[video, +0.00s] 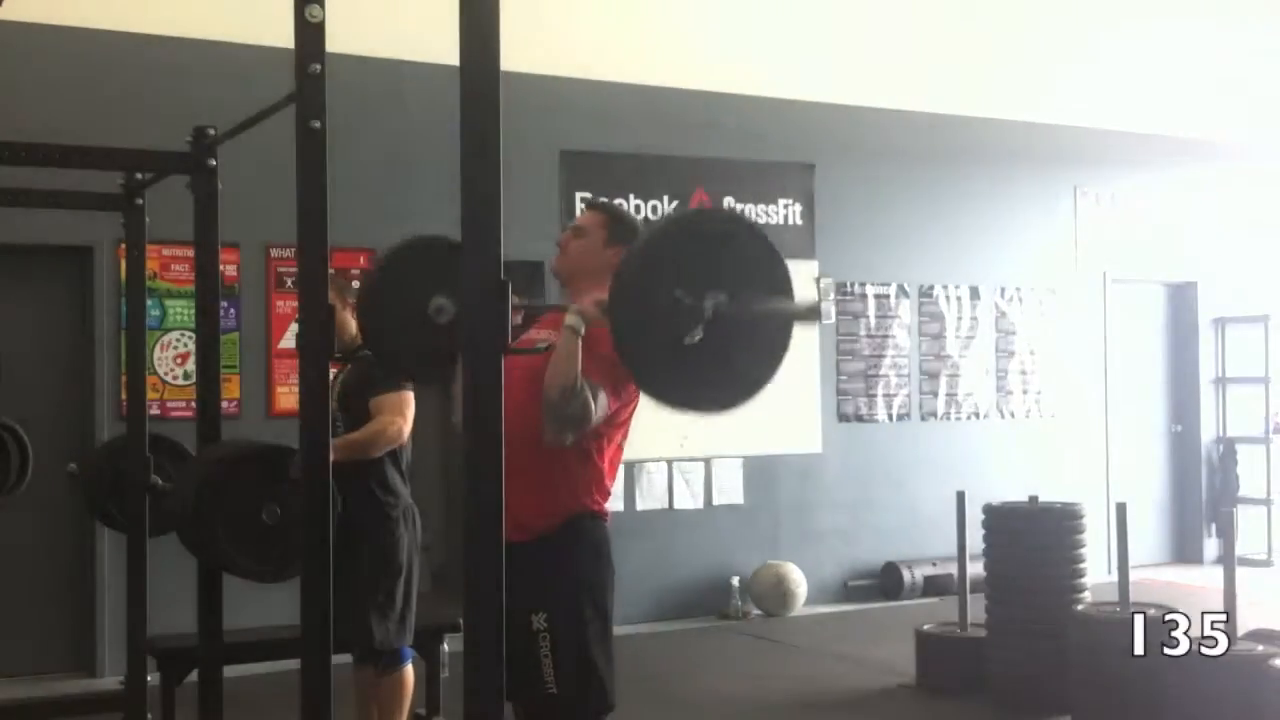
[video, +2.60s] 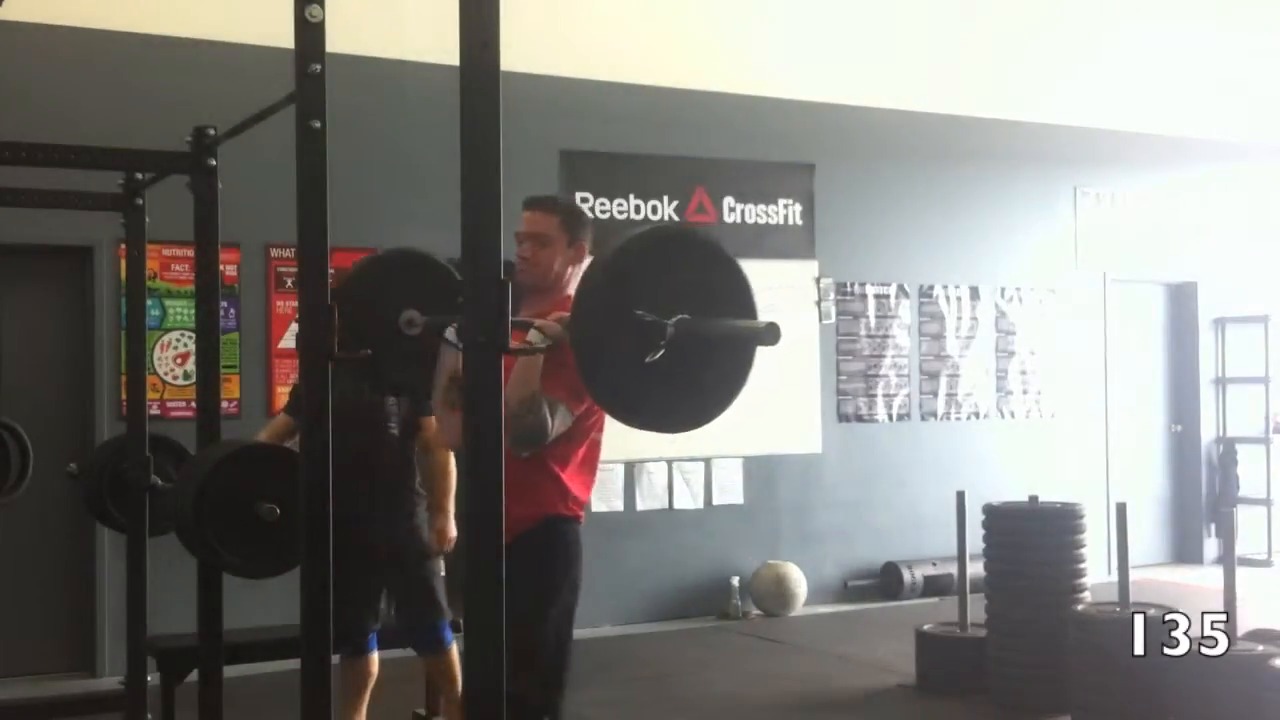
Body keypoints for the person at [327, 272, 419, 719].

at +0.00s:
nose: (322, 323)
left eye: (328, 311)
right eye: (319, 314)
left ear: (353, 309)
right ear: (332, 315)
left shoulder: (383, 359)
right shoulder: (345, 370)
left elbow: (395, 427)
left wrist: (328, 449)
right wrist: (316, 450)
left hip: (385, 515)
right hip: (355, 512)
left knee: (387, 644)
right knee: (362, 643)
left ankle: (393, 718)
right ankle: (369, 716)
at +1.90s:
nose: (320, 330)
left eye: (327, 319)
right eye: (317, 320)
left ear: (351, 316)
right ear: (320, 321)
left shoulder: (384, 375)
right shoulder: (330, 373)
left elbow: (390, 450)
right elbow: (307, 425)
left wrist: (359, 503)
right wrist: (261, 456)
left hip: (375, 527)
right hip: (331, 525)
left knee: (378, 648)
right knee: (339, 648)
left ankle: (388, 719)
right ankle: (347, 719)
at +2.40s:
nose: (334, 320)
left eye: (343, 309)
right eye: (329, 311)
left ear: (369, 312)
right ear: (320, 314)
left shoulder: (397, 368)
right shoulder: (317, 375)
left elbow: (427, 443)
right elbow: (279, 433)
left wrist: (428, 511)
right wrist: (241, 477)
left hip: (391, 520)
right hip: (336, 520)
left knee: (404, 640)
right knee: (353, 643)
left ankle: (418, 716)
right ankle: (350, 717)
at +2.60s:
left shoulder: (407, 368)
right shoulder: (324, 371)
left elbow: (435, 438)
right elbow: (286, 423)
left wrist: (444, 512)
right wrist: (243, 465)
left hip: (404, 519)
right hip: (344, 520)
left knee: (434, 638)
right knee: (356, 642)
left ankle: (454, 711)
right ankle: (351, 714)